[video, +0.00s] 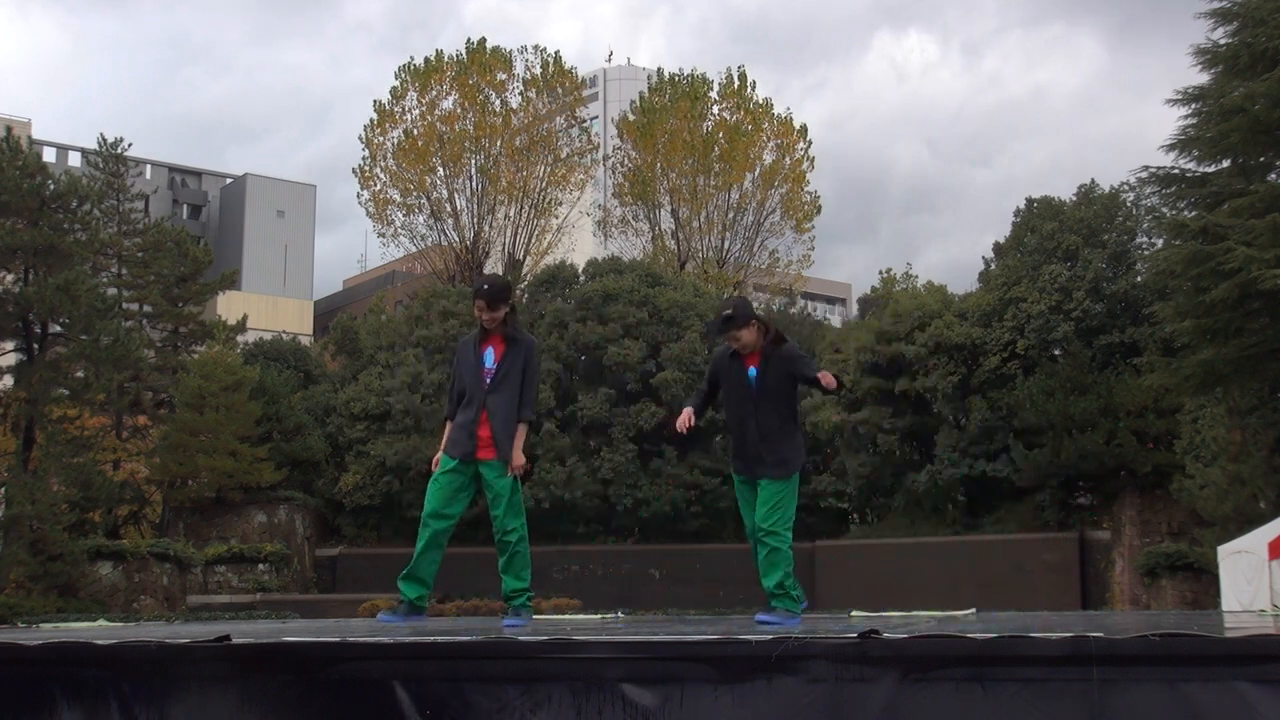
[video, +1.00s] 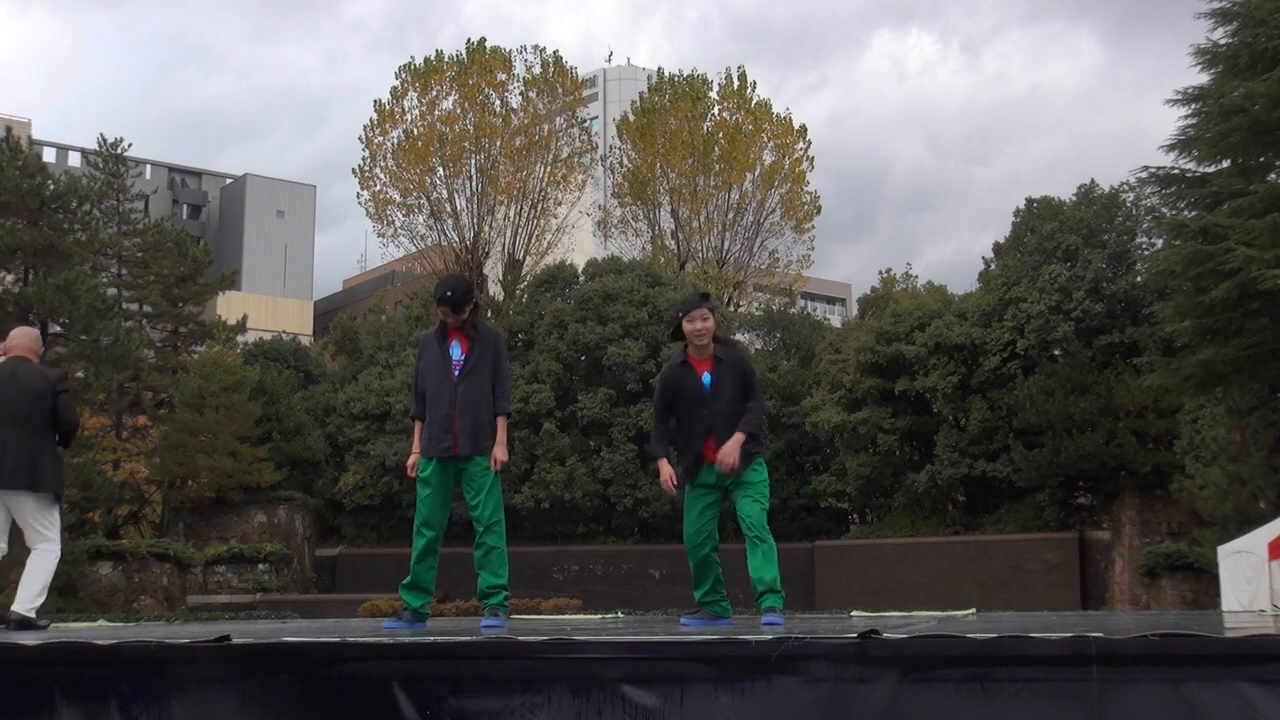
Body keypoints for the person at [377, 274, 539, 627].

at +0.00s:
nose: (486, 315)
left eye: (493, 309)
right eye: (481, 309)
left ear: (507, 307)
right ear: (474, 307)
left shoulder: (524, 346)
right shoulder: (465, 346)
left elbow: (528, 401)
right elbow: (455, 401)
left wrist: (517, 447)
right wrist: (443, 447)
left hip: (499, 452)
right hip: (459, 450)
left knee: (509, 530)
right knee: (433, 520)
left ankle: (518, 606)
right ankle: (413, 602)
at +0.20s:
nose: (476, 317)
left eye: (483, 311)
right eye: (470, 311)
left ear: (497, 308)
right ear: (464, 309)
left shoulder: (514, 347)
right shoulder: (455, 346)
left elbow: (518, 402)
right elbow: (442, 401)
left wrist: (509, 448)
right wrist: (430, 449)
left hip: (490, 453)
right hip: (448, 451)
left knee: (503, 531)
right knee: (429, 528)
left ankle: (518, 607)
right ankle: (415, 607)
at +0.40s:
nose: (456, 319)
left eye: (464, 313)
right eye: (451, 312)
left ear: (478, 310)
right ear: (444, 308)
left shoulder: (495, 347)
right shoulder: (431, 347)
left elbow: (503, 400)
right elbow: (418, 401)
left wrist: (496, 443)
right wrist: (407, 448)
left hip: (474, 450)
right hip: (428, 451)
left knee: (486, 522)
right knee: (421, 527)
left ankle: (514, 600)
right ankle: (414, 607)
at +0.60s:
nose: (444, 319)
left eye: (451, 313)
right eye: (439, 313)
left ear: (465, 308)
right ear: (430, 309)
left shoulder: (483, 343)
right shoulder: (419, 345)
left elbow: (492, 397)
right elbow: (407, 399)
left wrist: (488, 441)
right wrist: (401, 446)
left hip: (468, 448)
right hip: (422, 449)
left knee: (480, 521)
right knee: (419, 528)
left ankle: (497, 605)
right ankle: (414, 607)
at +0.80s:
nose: (445, 319)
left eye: (452, 312)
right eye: (439, 312)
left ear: (465, 305)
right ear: (430, 307)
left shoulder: (484, 339)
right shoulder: (421, 343)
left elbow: (498, 394)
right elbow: (412, 400)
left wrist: (496, 441)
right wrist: (409, 447)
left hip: (474, 447)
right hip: (428, 448)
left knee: (484, 526)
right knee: (423, 528)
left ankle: (493, 606)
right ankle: (414, 607)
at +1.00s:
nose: (452, 317)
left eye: (459, 311)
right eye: (446, 311)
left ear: (472, 305)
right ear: (437, 307)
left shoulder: (492, 340)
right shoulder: (427, 342)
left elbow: (501, 393)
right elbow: (420, 399)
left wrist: (501, 441)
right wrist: (416, 448)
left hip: (480, 448)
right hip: (435, 449)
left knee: (488, 526)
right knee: (426, 527)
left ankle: (494, 606)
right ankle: (415, 607)